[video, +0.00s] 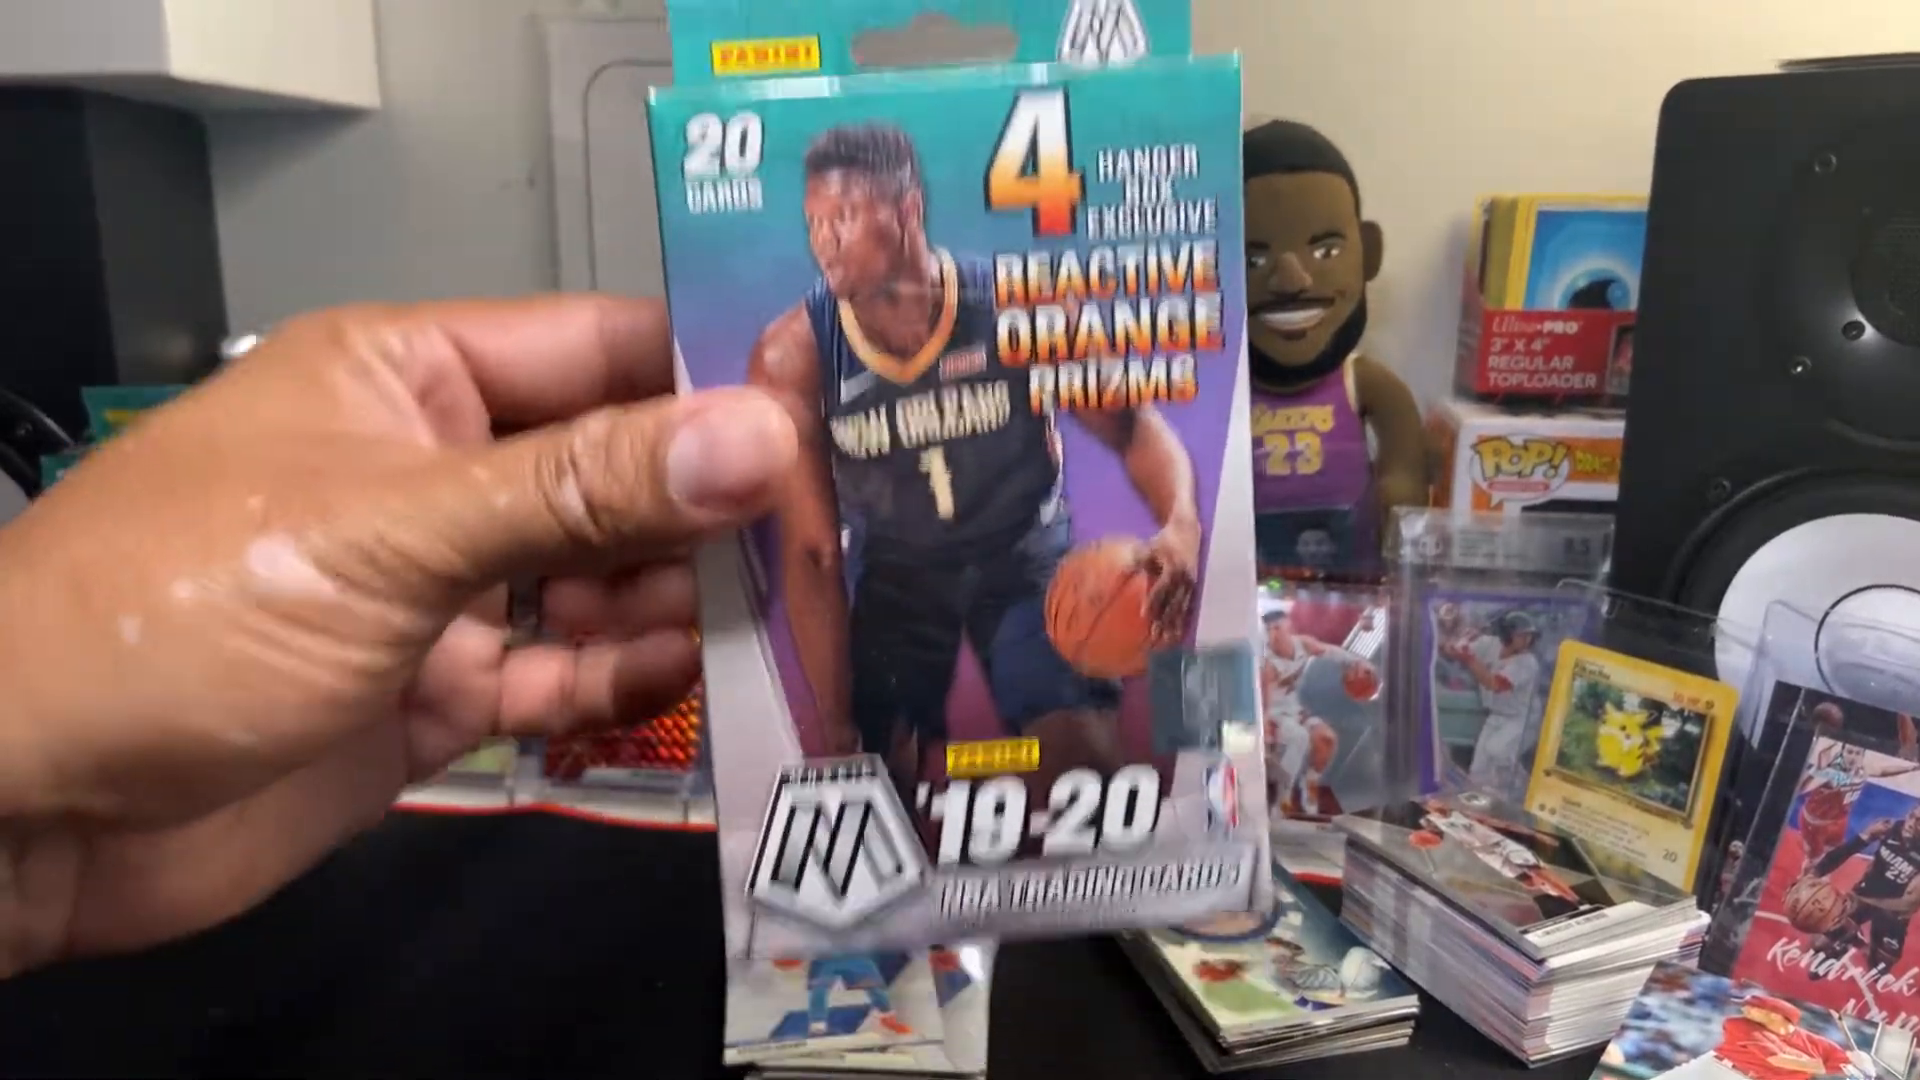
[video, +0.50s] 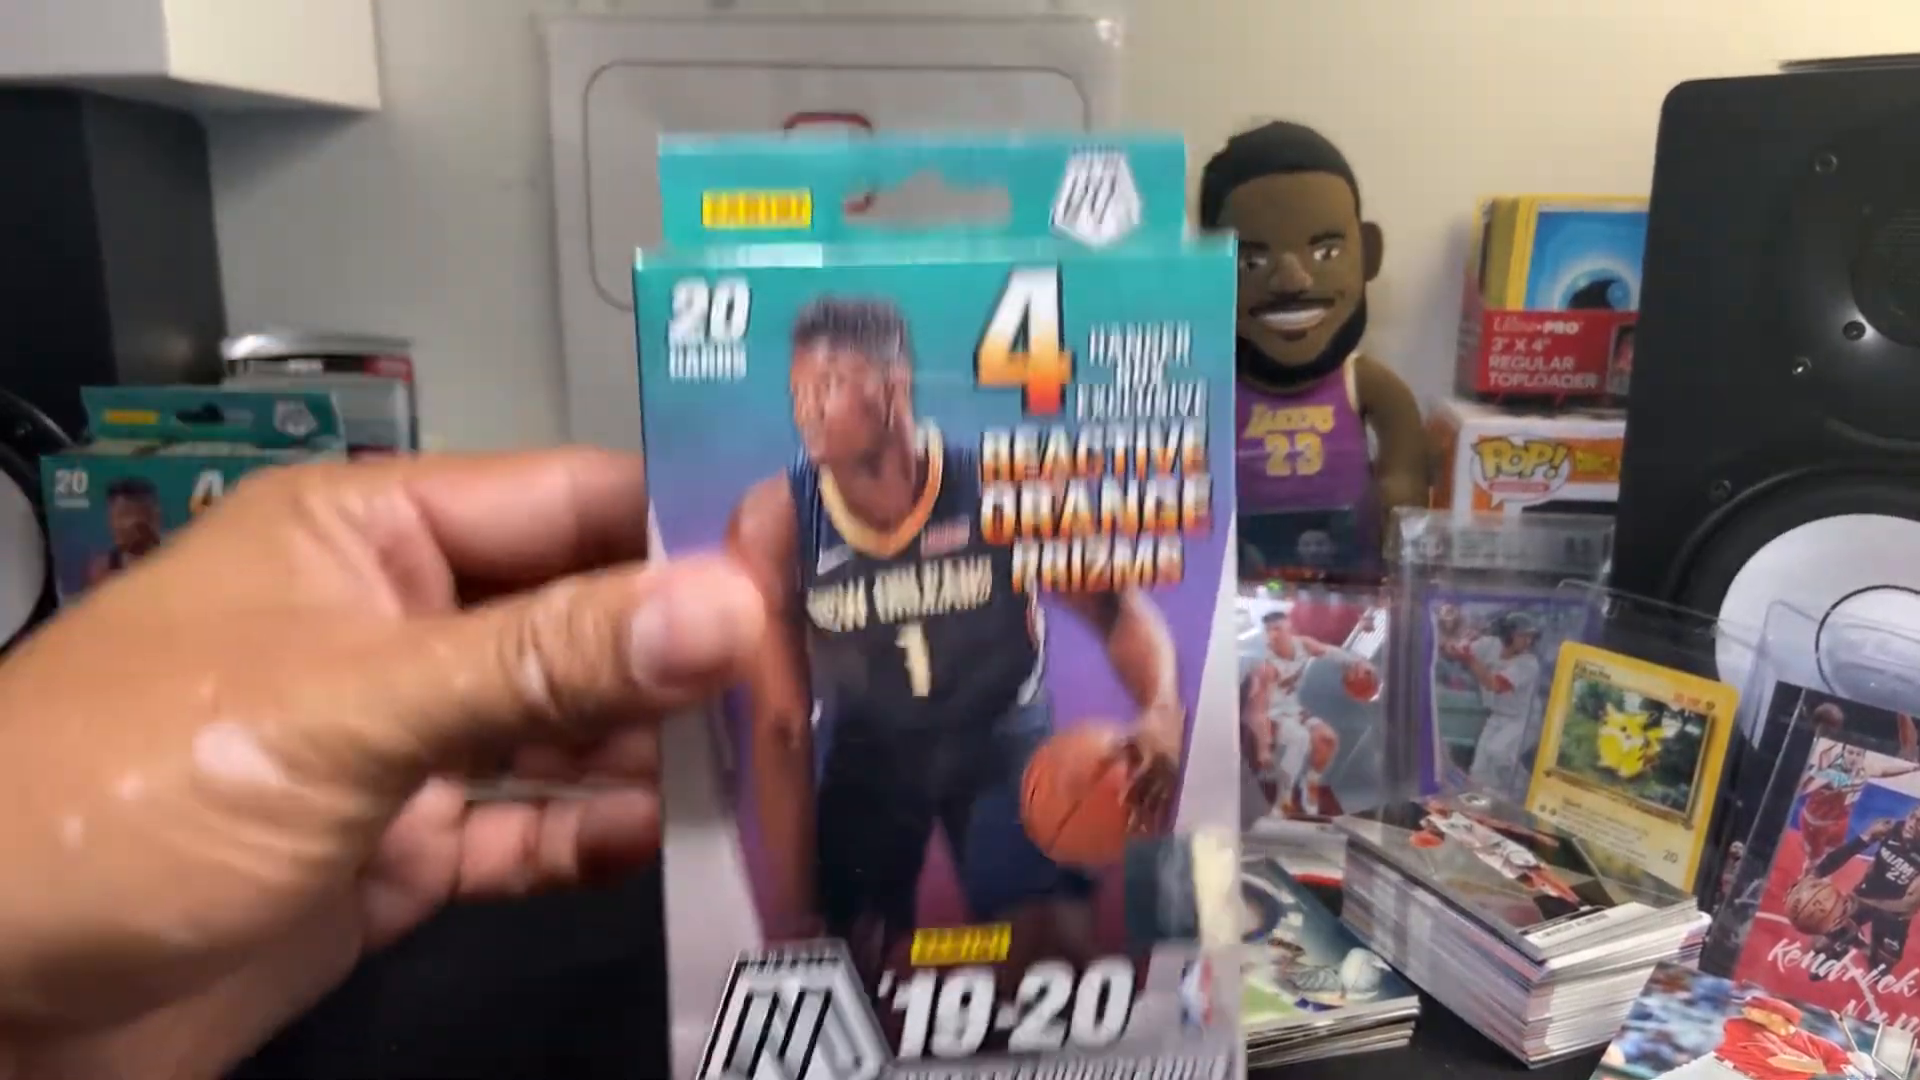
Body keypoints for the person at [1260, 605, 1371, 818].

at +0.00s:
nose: (1275, 634)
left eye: (1279, 628)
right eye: (1270, 629)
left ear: (1288, 627)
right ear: (1266, 632)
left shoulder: (1302, 643)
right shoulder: (1267, 663)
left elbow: (1331, 651)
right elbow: (1263, 703)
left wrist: (1359, 662)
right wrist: (1264, 729)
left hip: (1297, 710)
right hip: (1275, 712)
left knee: (1326, 739)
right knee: (1298, 738)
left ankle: (1311, 786)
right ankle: (1284, 796)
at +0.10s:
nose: (1276, 635)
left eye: (1280, 629)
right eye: (1271, 630)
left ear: (1289, 628)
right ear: (1266, 633)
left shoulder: (1303, 645)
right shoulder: (1263, 663)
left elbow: (1331, 653)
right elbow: (1261, 707)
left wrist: (1359, 663)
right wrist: (1262, 750)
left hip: (1296, 710)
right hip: (1272, 712)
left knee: (1327, 741)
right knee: (1299, 739)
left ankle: (1311, 787)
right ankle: (1283, 800)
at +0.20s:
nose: (1276, 634)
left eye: (1279, 627)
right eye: (1271, 629)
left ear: (1288, 627)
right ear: (1266, 632)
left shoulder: (1302, 644)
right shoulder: (1265, 662)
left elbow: (1331, 652)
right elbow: (1262, 705)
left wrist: (1359, 662)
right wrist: (1263, 742)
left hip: (1296, 711)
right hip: (1273, 713)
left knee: (1327, 740)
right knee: (1299, 738)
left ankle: (1311, 786)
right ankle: (1283, 799)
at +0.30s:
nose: (1274, 634)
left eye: (1278, 627)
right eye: (1269, 630)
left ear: (1288, 626)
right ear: (1264, 633)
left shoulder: (1302, 645)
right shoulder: (1263, 660)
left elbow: (1330, 653)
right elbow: (1266, 704)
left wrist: (1358, 662)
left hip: (1297, 712)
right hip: (1273, 714)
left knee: (1326, 739)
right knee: (1299, 739)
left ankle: (1312, 785)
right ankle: (1284, 799)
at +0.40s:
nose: (1275, 634)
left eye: (1278, 628)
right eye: (1270, 629)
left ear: (1288, 625)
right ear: (1266, 632)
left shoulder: (1304, 644)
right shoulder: (1266, 662)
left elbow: (1333, 652)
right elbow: (1261, 707)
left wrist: (1359, 663)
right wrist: (1264, 747)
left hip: (1296, 709)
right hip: (1274, 712)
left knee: (1327, 739)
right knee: (1299, 738)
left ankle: (1312, 784)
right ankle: (1284, 798)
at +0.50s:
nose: (1274, 635)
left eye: (1278, 629)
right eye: (1270, 630)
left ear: (1289, 628)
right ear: (1266, 633)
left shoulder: (1303, 645)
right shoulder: (1266, 665)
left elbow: (1331, 652)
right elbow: (1258, 710)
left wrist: (1358, 663)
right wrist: (1263, 748)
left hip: (1295, 710)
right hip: (1272, 713)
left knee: (1327, 738)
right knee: (1300, 738)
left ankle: (1311, 783)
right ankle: (1283, 799)